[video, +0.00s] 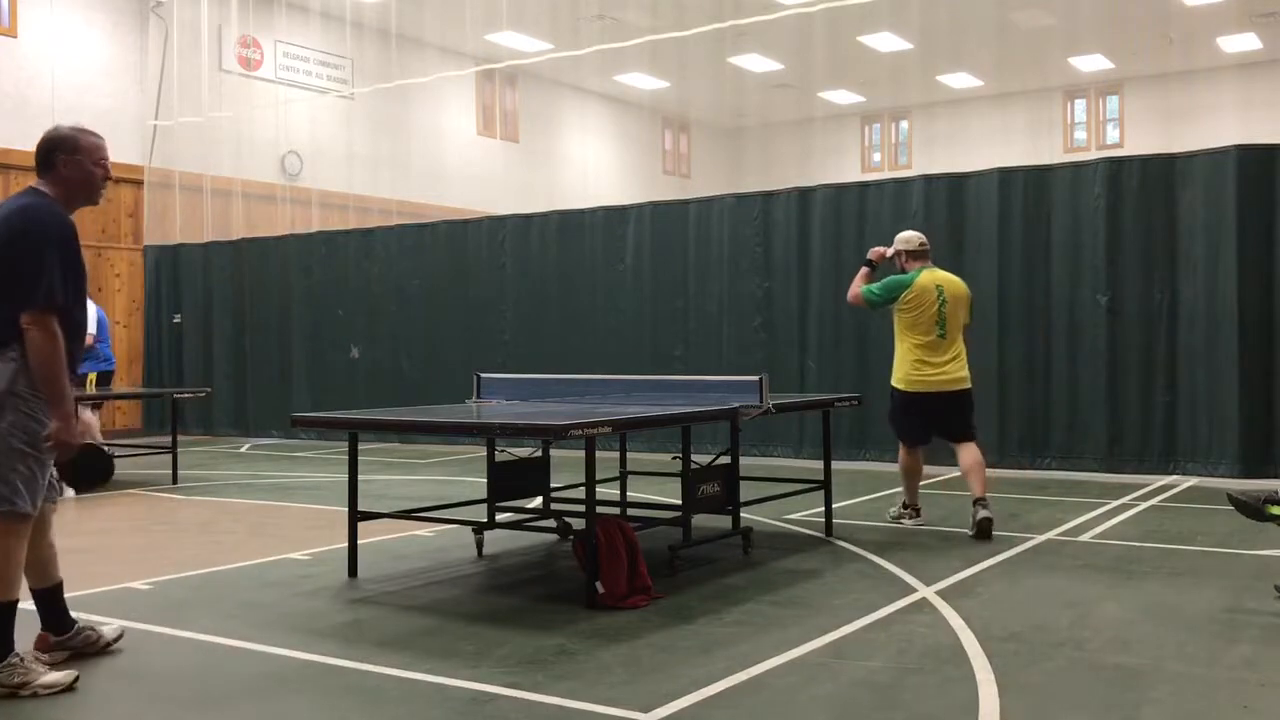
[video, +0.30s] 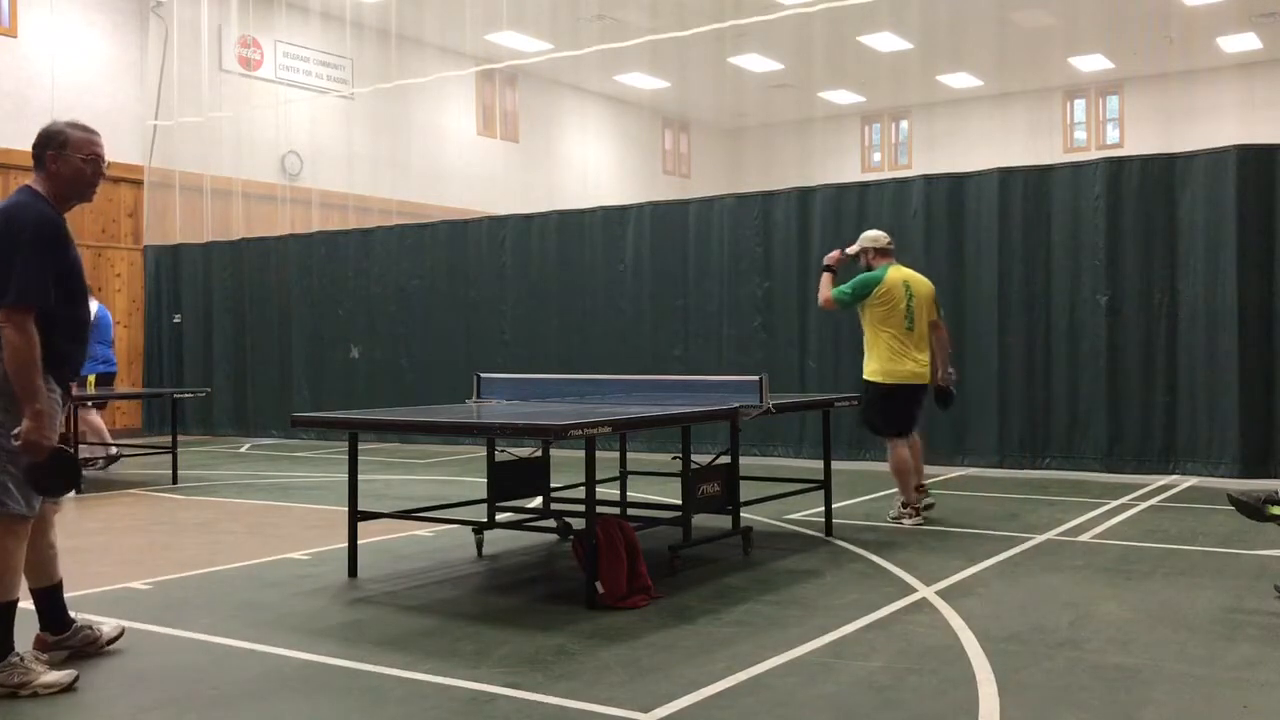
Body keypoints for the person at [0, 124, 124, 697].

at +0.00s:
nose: (108, 173)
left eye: (107, 163)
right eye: (99, 162)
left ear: (59, 165)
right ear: (62, 165)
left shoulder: (31, 214)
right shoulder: (41, 219)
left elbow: (36, 322)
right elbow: (37, 322)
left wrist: (69, 409)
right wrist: (63, 414)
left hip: (25, 380)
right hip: (20, 383)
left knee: (37, 509)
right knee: (13, 516)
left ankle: (58, 628)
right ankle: (5, 658)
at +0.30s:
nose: (100, 173)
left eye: (102, 163)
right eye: (90, 161)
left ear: (62, 165)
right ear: (52, 161)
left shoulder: (44, 218)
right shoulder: (27, 218)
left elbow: (38, 322)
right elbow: (16, 322)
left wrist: (64, 401)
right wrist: (37, 408)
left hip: (37, 393)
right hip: (18, 398)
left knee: (39, 514)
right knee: (13, 522)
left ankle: (57, 628)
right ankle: (5, 660)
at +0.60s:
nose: (111, 169)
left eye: (110, 159)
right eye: (100, 158)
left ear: (67, 165)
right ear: (63, 163)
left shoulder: (57, 219)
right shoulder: (38, 219)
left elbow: (56, 322)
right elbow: (29, 323)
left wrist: (81, 404)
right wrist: (49, 411)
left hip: (56, 390)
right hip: (27, 390)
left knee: (67, 499)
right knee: (21, 514)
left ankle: (62, 628)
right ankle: (6, 658)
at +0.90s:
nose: (127, 178)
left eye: (125, 169)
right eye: (121, 169)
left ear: (83, 171)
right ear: (95, 172)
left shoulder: (58, 221)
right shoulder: (67, 226)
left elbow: (75, 321)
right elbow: (69, 324)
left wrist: (111, 386)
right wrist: (99, 406)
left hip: (58, 377)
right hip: (53, 381)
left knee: (98, 499)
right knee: (56, 513)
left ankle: (65, 629)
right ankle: (7, 652)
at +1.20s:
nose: (136, 180)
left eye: (135, 171)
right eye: (132, 171)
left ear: (83, 174)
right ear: (112, 175)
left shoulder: (57, 222)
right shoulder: (97, 224)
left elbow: (79, 306)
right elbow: (103, 312)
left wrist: (147, 302)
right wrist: (146, 389)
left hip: (55, 374)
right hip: (85, 375)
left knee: (87, 503)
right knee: (136, 493)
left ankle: (65, 625)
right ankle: (61, 621)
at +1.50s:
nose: (160, 183)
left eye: (158, 175)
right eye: (157, 174)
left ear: (105, 176)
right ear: (143, 175)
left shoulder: (77, 225)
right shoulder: (130, 225)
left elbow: (104, 292)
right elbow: (134, 313)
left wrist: (167, 271)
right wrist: (171, 390)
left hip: (74, 374)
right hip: (116, 375)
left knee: (90, 502)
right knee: (174, 493)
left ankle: (61, 630)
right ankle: (220, 618)